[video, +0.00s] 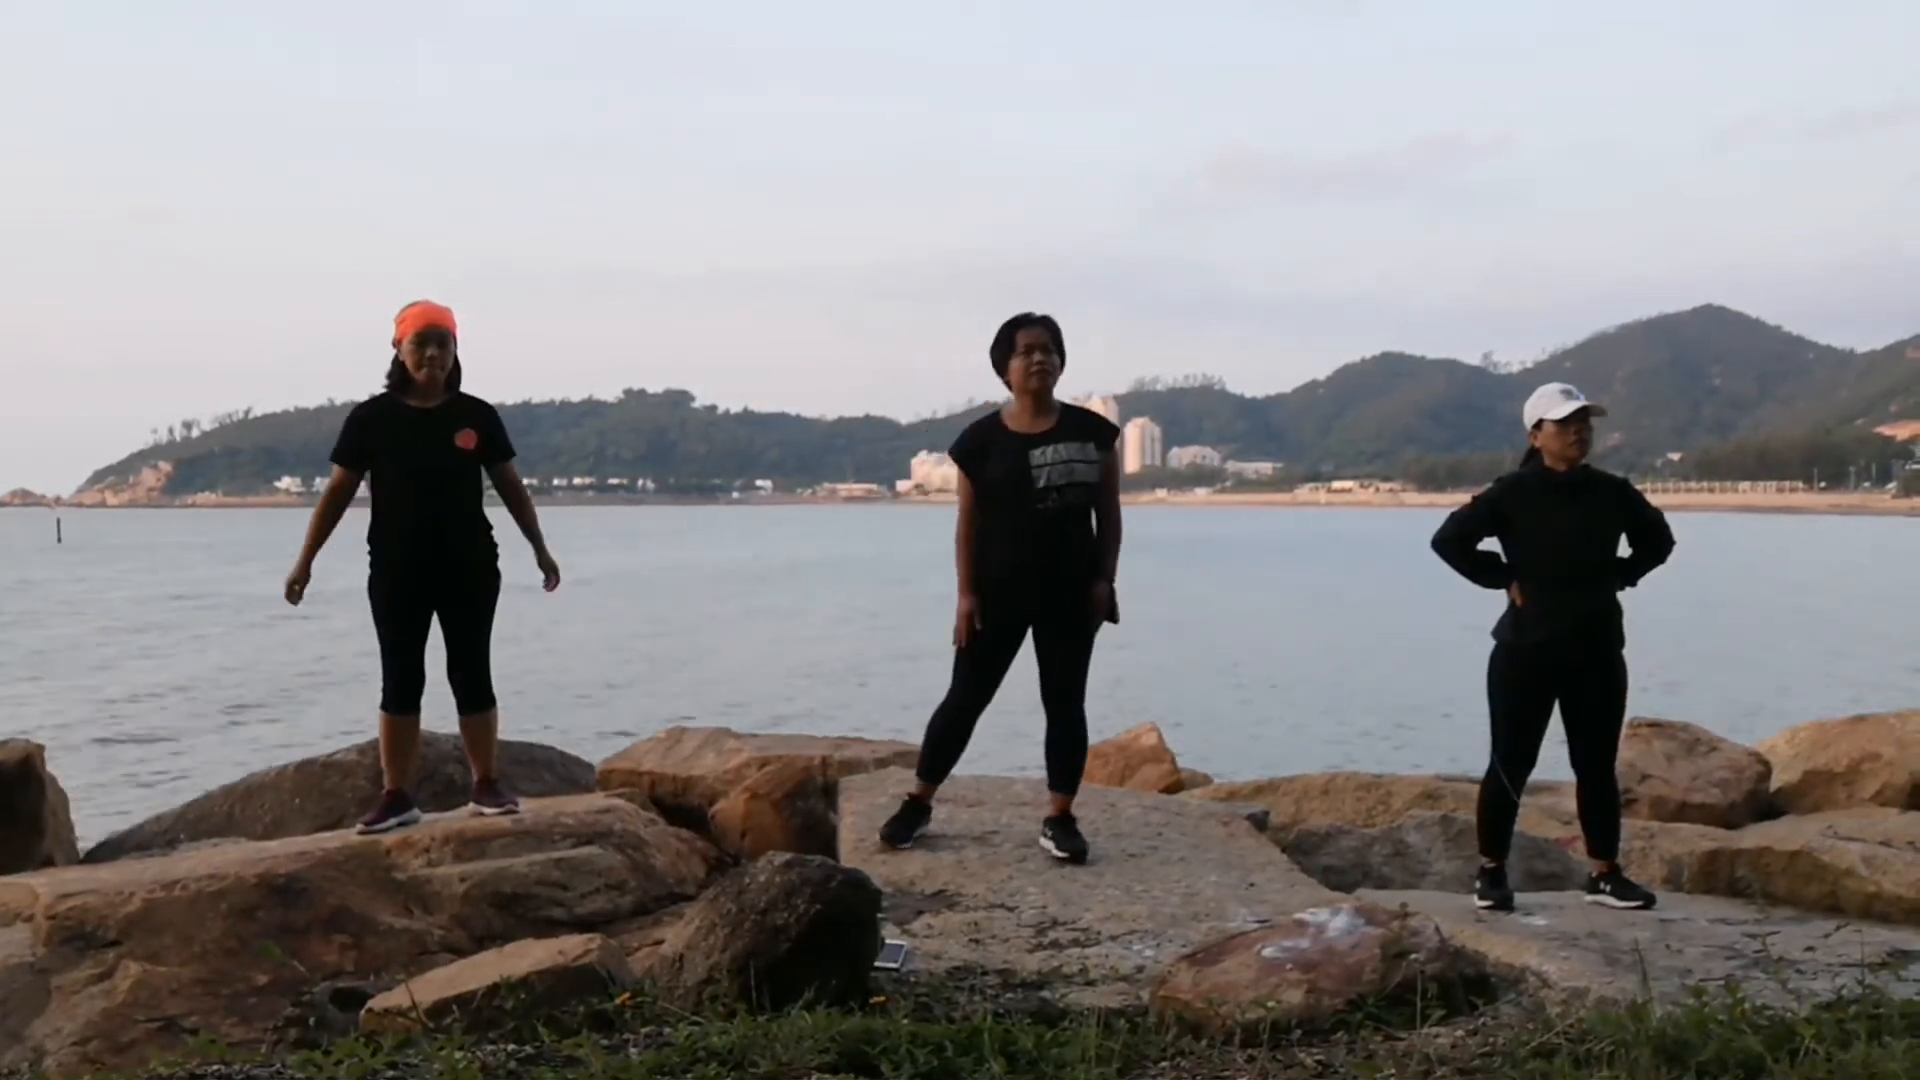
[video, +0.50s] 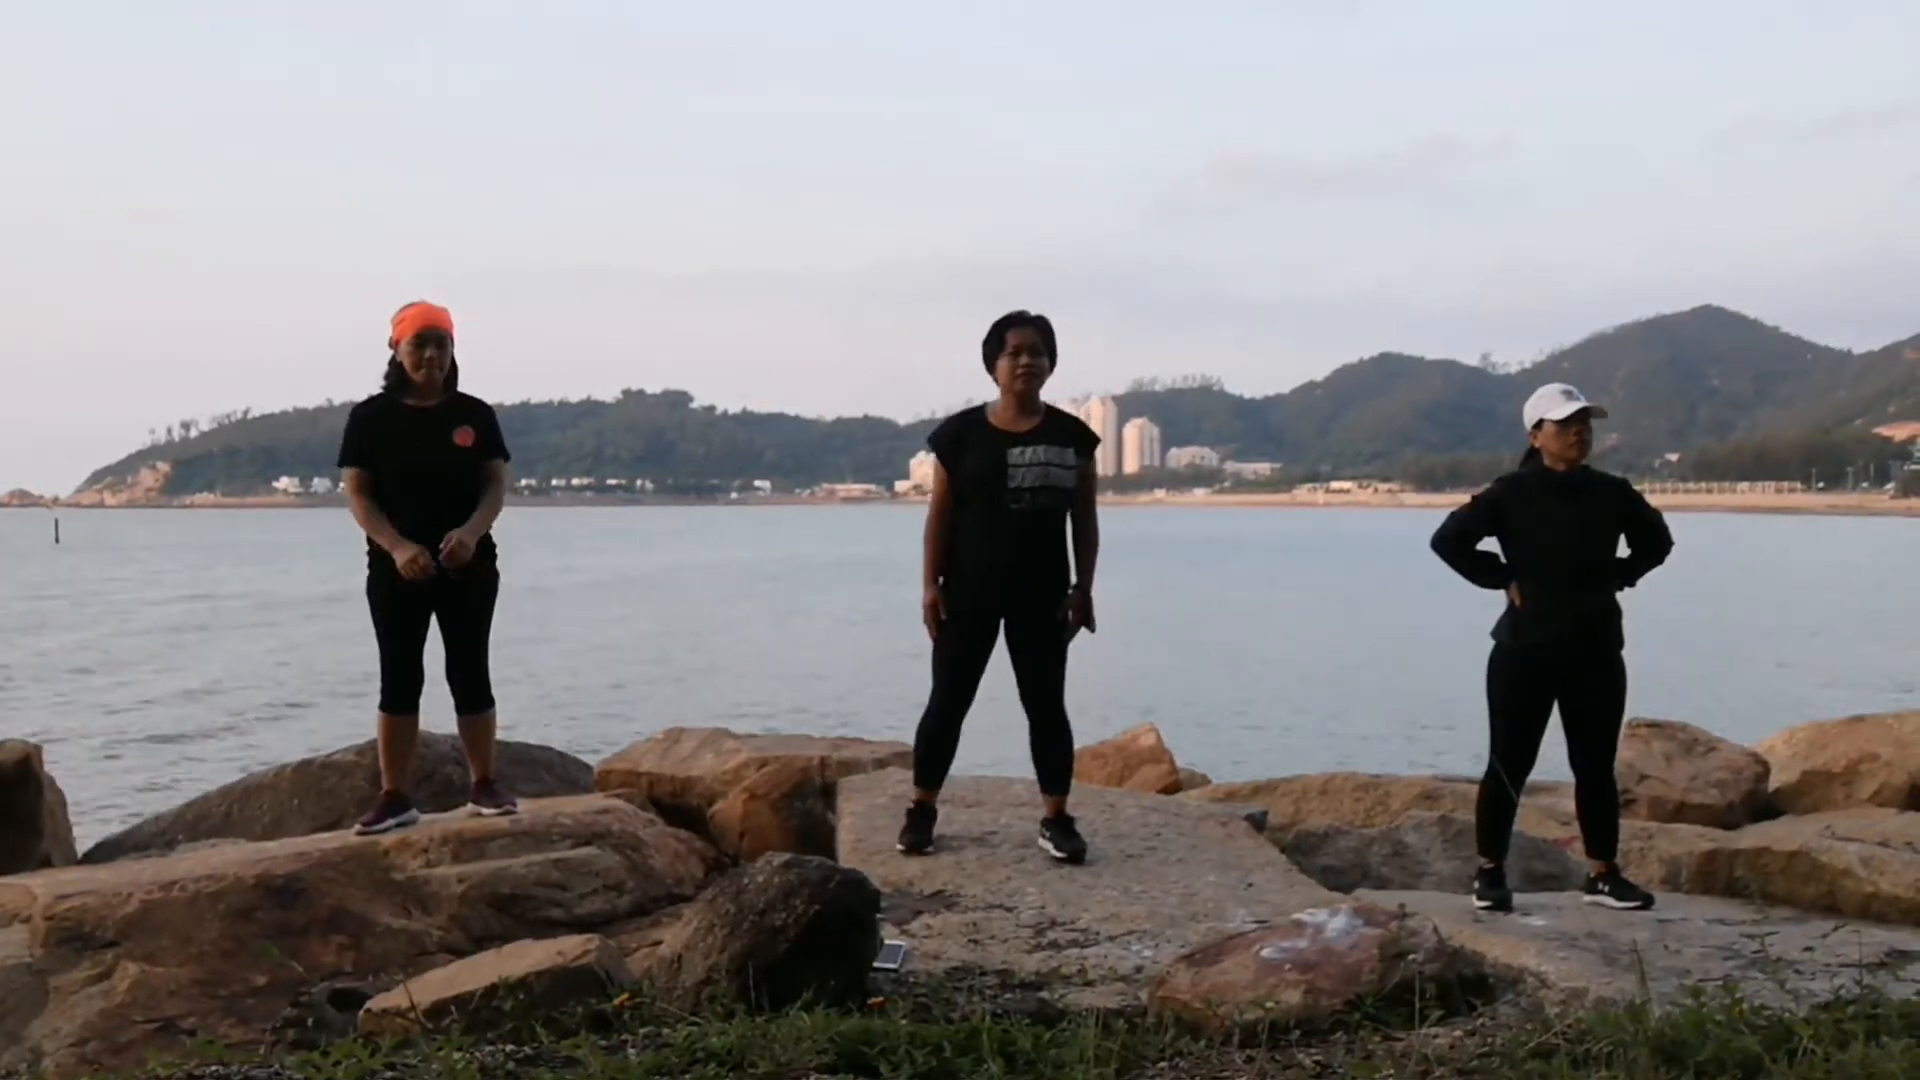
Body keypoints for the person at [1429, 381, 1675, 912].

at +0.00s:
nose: (1581, 432)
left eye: (1584, 423)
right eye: (1568, 424)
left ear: (1588, 428)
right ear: (1538, 434)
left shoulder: (1612, 492)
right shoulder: (1512, 493)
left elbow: (1659, 540)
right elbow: (1448, 541)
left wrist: (1616, 576)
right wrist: (1504, 577)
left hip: (1595, 650)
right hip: (1527, 650)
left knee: (1598, 768)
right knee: (1510, 765)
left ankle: (1606, 873)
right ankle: (1492, 873)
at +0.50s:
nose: (1581, 433)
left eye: (1584, 423)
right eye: (1568, 424)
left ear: (1589, 428)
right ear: (1538, 435)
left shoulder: (1611, 492)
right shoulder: (1512, 493)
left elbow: (1657, 541)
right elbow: (1447, 541)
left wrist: (1613, 577)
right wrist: (1504, 578)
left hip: (1594, 650)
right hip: (1526, 649)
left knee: (1597, 768)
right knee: (1508, 765)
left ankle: (1604, 873)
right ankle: (1490, 874)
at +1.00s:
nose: (1580, 433)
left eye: (1583, 423)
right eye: (1567, 424)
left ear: (1588, 429)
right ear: (1537, 435)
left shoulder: (1610, 492)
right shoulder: (1511, 493)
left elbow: (1657, 542)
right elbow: (1447, 541)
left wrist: (1613, 578)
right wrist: (1502, 578)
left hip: (1593, 651)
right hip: (1524, 650)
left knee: (1595, 769)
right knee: (1507, 766)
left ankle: (1602, 874)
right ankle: (1489, 874)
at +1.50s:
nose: (1575, 433)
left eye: (1580, 423)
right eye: (1562, 425)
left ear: (1587, 430)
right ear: (1534, 435)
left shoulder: (1607, 494)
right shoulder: (1508, 495)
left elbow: (1654, 542)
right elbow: (1444, 542)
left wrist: (1611, 577)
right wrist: (1501, 579)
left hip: (1592, 652)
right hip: (1523, 652)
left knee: (1593, 768)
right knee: (1506, 766)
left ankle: (1600, 874)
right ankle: (1487, 874)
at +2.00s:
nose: (1560, 435)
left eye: (1567, 426)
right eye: (1548, 426)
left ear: (1576, 433)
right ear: (1523, 435)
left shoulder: (1600, 494)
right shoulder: (1501, 496)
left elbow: (1648, 541)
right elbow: (1438, 545)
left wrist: (1607, 577)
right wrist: (1496, 581)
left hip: (1586, 652)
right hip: (1517, 652)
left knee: (1590, 770)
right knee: (1502, 767)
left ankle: (1598, 875)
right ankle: (1485, 874)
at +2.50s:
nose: (1555, 437)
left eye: (1563, 427)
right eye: (1543, 428)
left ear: (1576, 434)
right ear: (1522, 437)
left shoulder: (1601, 494)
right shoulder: (1502, 497)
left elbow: (1649, 541)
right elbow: (1439, 547)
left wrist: (1608, 577)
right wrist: (1497, 582)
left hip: (1588, 654)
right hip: (1519, 653)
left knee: (1590, 770)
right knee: (1502, 768)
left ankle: (1597, 875)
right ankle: (1484, 874)